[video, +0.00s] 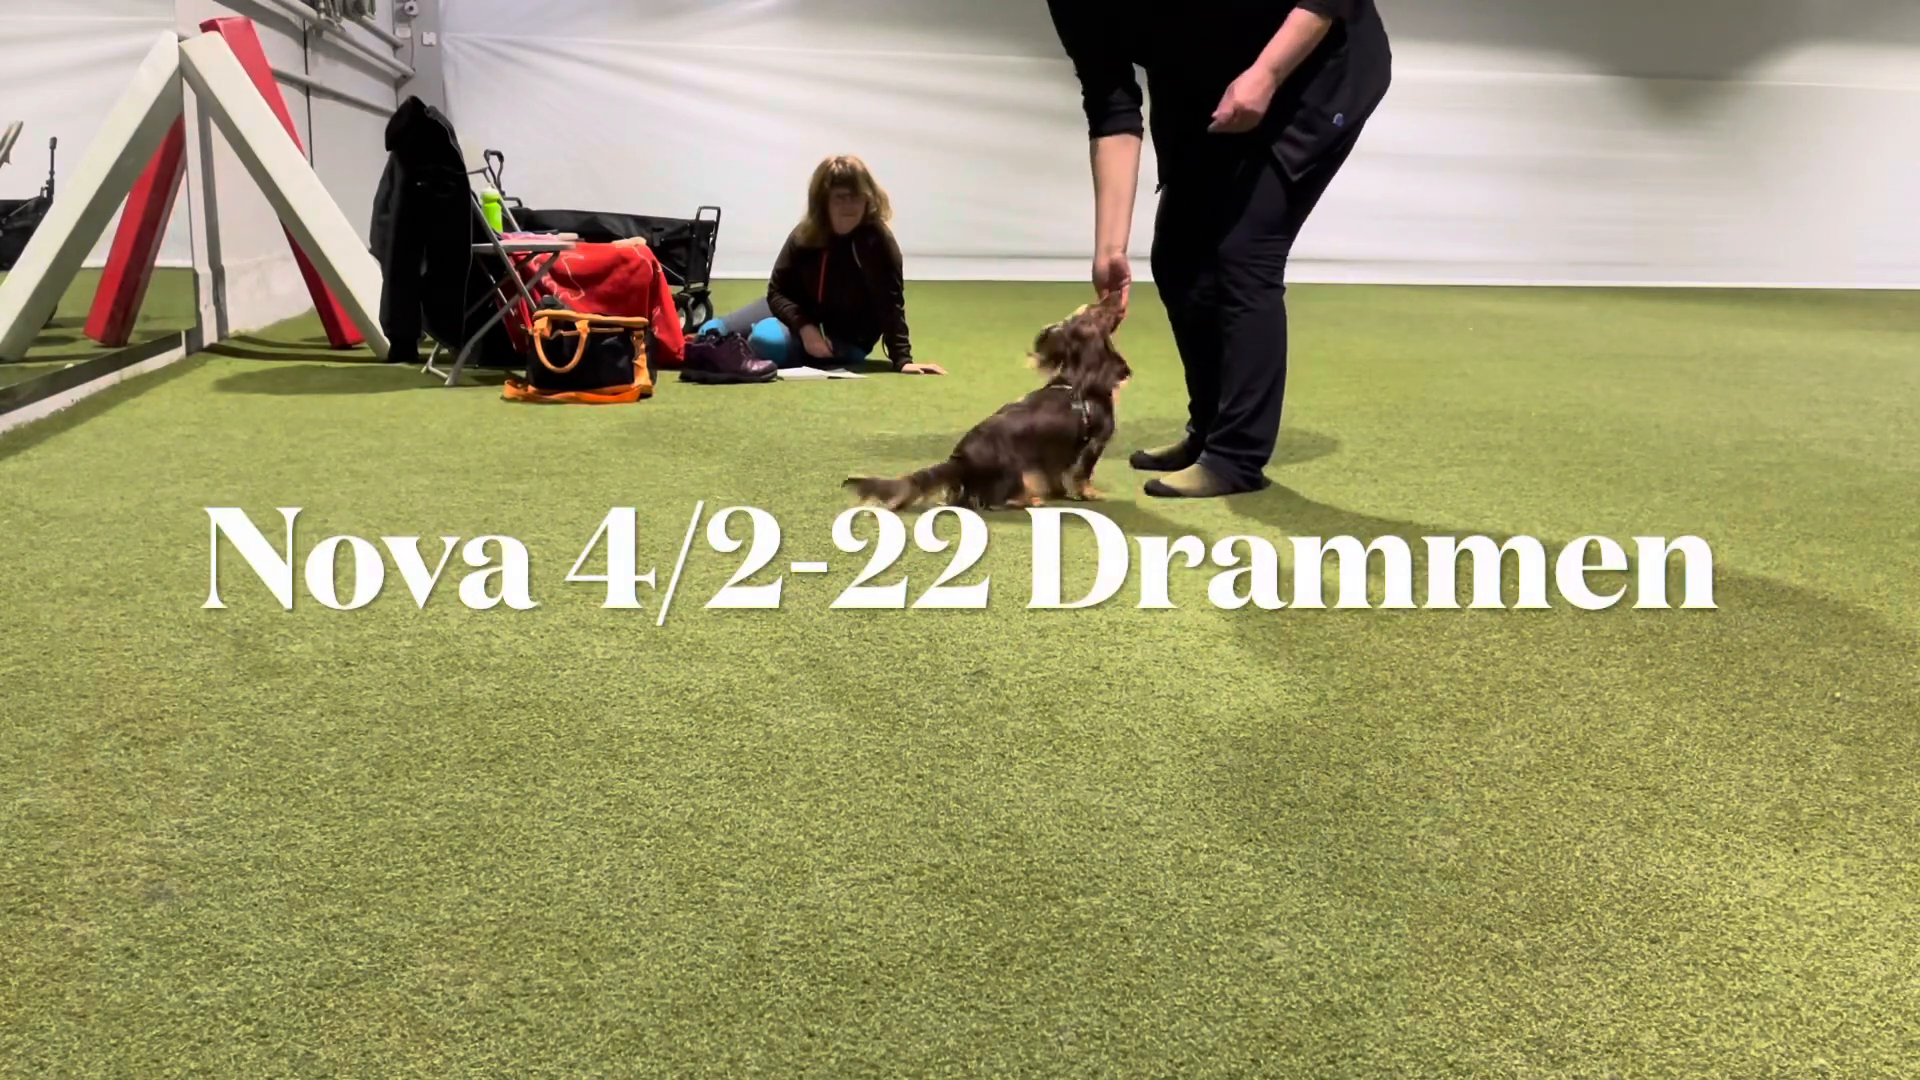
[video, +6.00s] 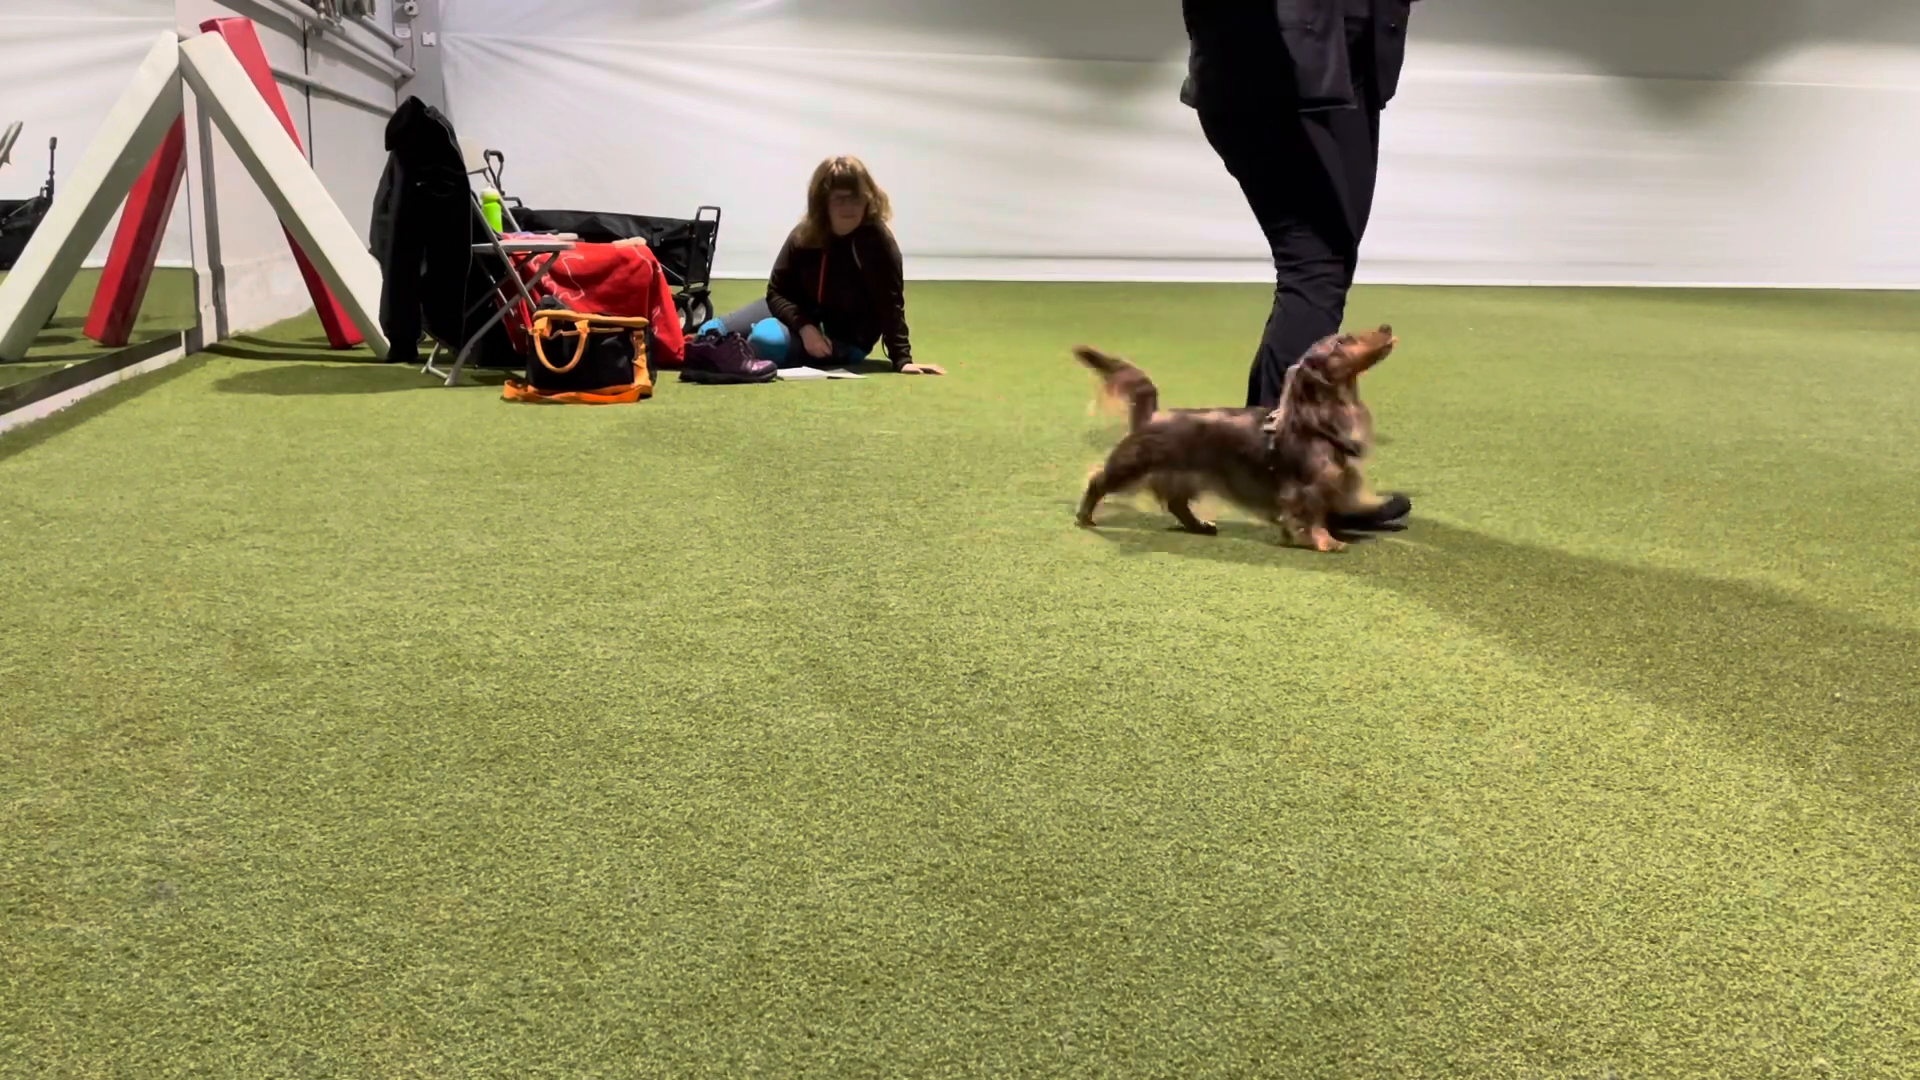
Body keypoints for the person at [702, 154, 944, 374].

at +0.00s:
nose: (848, 204)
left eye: (856, 195)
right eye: (839, 196)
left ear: (868, 200)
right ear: (823, 200)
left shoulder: (878, 242)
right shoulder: (805, 236)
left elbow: (891, 302)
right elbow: (778, 292)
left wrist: (902, 360)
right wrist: (805, 327)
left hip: (841, 338)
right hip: (794, 313)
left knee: (764, 337)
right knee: (714, 331)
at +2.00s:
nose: (847, 205)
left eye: (855, 196)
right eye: (838, 197)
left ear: (866, 200)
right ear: (822, 201)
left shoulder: (878, 243)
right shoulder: (804, 237)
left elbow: (891, 302)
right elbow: (777, 293)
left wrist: (902, 360)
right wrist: (804, 327)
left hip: (840, 338)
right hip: (794, 313)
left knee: (764, 337)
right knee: (714, 331)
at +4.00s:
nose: (847, 205)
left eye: (854, 197)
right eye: (838, 198)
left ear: (866, 200)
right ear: (822, 201)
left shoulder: (878, 243)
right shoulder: (804, 237)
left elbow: (891, 302)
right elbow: (777, 292)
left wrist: (902, 360)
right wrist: (804, 328)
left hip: (842, 337)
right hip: (796, 313)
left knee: (764, 336)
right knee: (712, 331)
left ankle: (732, 346)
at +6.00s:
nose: (848, 206)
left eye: (855, 197)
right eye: (839, 198)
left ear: (867, 200)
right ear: (823, 201)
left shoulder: (878, 242)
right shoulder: (804, 237)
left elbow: (892, 302)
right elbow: (777, 292)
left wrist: (902, 360)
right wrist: (804, 327)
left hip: (841, 337)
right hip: (795, 312)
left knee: (765, 337)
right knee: (711, 332)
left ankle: (732, 344)